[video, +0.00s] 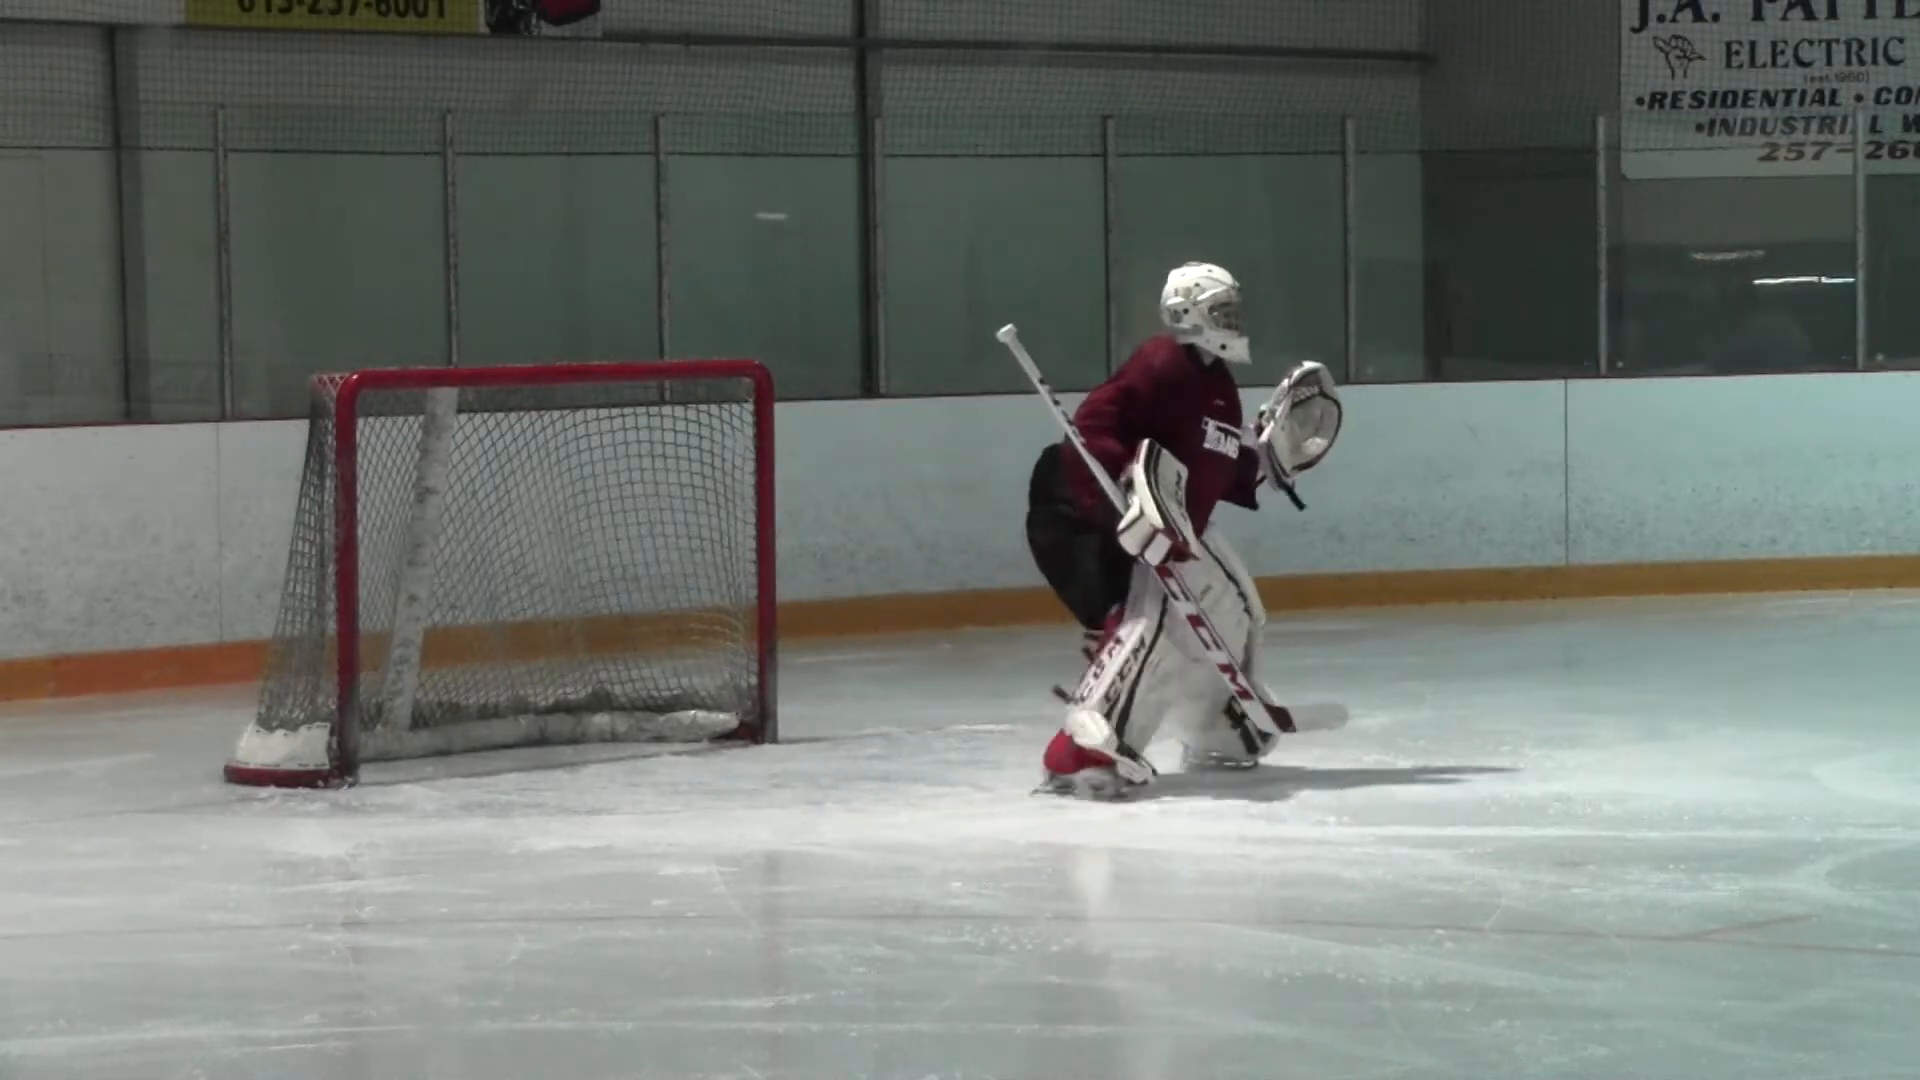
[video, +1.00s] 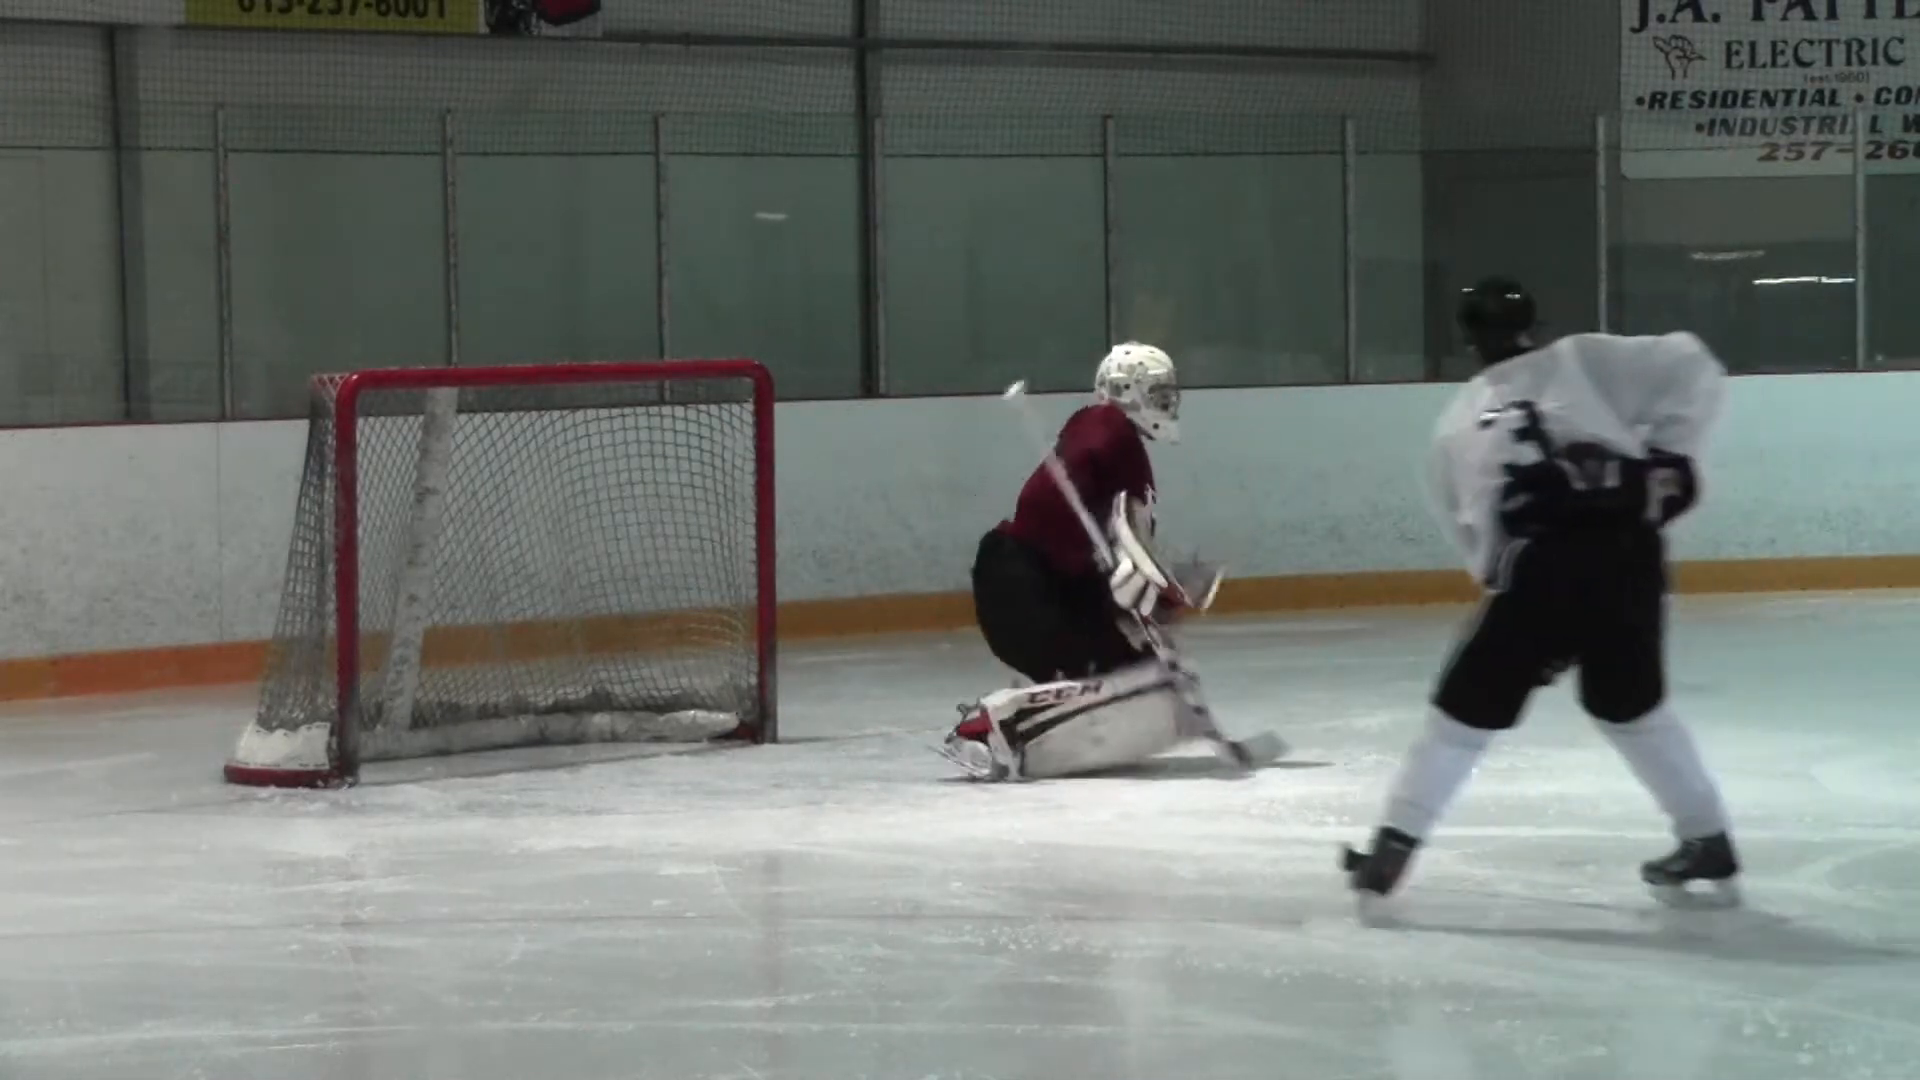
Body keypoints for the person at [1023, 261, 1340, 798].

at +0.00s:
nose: (1234, 318)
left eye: (1234, 308)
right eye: (1221, 310)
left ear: (1228, 314)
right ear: (1189, 317)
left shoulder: (1220, 382)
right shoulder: (1161, 364)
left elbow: (1209, 463)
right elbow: (1091, 422)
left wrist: (1270, 459)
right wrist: (1137, 480)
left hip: (1170, 525)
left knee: (1233, 612)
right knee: (1158, 623)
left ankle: (1218, 736)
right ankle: (1088, 748)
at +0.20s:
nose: (1231, 331)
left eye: (1231, 320)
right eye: (1219, 322)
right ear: (1187, 328)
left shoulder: (1204, 391)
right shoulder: (1160, 368)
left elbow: (1202, 486)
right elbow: (1088, 432)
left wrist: (1253, 465)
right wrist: (1136, 496)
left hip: (1108, 506)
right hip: (1059, 498)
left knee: (1209, 593)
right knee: (1149, 618)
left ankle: (1175, 728)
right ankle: (1043, 738)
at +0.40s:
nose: (1224, 346)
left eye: (1224, 335)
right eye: (1213, 337)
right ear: (1182, 342)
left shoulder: (1193, 402)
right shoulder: (1155, 378)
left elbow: (1191, 493)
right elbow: (1087, 439)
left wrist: (1239, 479)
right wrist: (1131, 508)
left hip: (1094, 512)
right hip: (1046, 499)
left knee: (1182, 596)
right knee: (1123, 618)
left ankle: (1160, 726)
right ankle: (1044, 735)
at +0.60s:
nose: (1202, 371)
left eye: (1202, 359)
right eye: (1191, 359)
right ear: (1160, 364)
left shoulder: (1168, 423)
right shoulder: (1133, 398)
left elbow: (1166, 525)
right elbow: (1067, 462)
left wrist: (1209, 493)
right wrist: (1120, 533)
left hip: (1060, 534)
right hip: (1018, 524)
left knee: (1137, 622)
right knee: (1109, 632)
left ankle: (1097, 729)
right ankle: (1011, 729)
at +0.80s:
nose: (1186, 398)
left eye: (1186, 387)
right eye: (1175, 388)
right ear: (1145, 391)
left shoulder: (1145, 441)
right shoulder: (1119, 426)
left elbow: (1157, 531)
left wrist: (1191, 518)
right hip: (1002, 546)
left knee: (1127, 652)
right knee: (1113, 657)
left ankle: (1075, 736)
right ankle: (1007, 729)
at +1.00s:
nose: (1169, 404)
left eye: (1170, 393)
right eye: (1158, 393)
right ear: (1128, 393)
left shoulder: (1123, 441)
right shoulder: (1104, 428)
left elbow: (1131, 532)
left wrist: (1166, 587)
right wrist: (1132, 563)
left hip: (1065, 580)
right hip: (1020, 573)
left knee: (1139, 661)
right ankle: (992, 727)